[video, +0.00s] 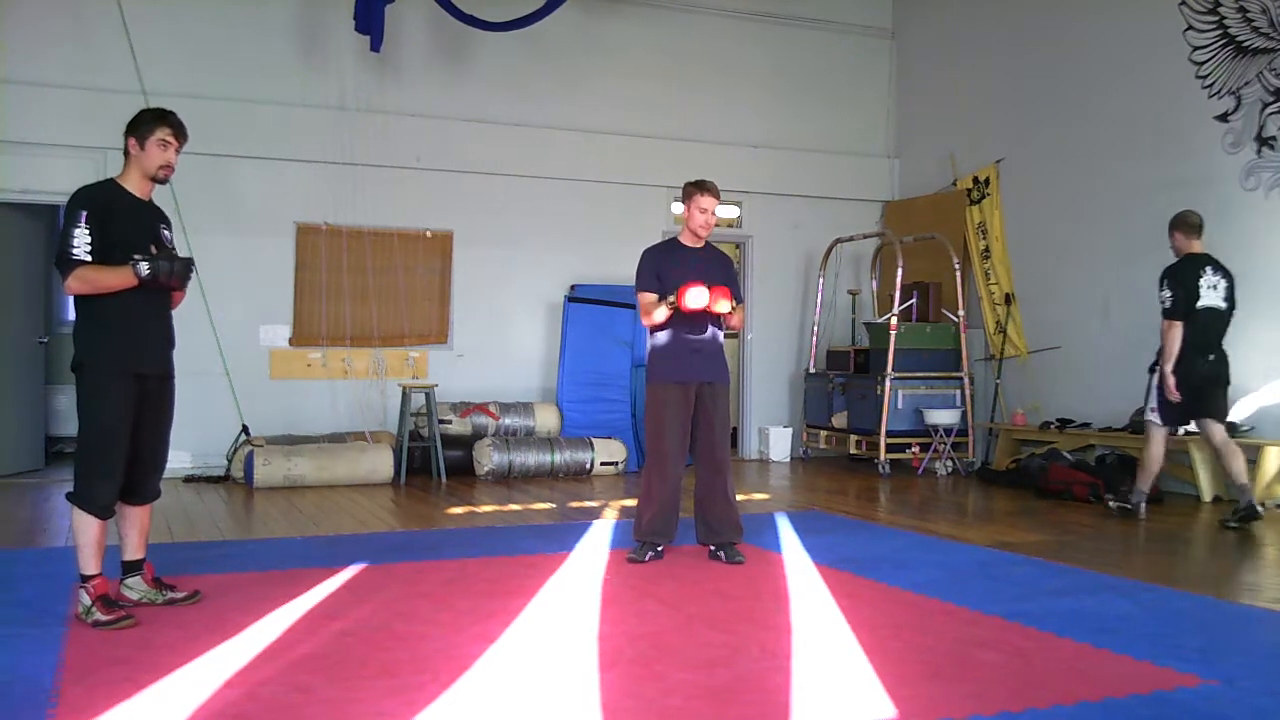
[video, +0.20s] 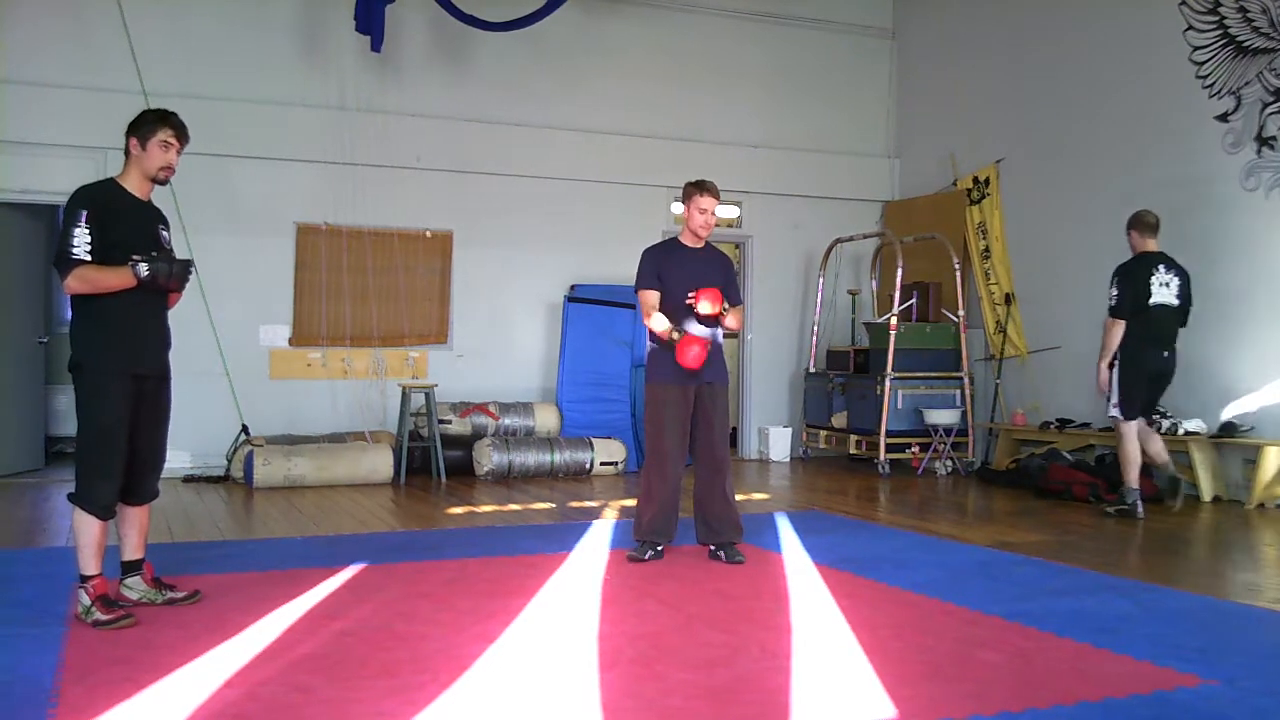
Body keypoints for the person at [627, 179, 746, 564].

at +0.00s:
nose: (708, 218)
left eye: (713, 212)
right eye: (702, 210)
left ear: (717, 216)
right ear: (684, 209)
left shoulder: (723, 262)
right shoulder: (655, 256)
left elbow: (736, 323)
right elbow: (648, 317)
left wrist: (726, 310)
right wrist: (676, 301)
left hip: (713, 370)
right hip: (668, 369)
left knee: (715, 456)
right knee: (664, 454)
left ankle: (721, 538)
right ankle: (652, 538)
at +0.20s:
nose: (707, 218)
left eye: (713, 213)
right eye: (701, 210)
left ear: (717, 216)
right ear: (684, 210)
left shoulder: (722, 262)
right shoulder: (656, 255)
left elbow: (736, 321)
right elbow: (650, 312)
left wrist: (720, 313)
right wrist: (674, 337)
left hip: (712, 369)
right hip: (668, 367)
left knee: (715, 456)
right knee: (663, 453)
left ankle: (721, 538)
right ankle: (652, 538)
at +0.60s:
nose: (710, 217)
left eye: (715, 211)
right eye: (703, 209)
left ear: (719, 215)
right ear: (686, 209)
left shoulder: (724, 261)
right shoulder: (658, 256)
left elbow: (738, 321)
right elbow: (647, 318)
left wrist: (725, 314)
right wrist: (646, 367)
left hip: (715, 374)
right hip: (671, 371)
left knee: (717, 458)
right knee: (665, 456)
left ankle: (722, 538)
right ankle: (654, 538)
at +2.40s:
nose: (651, 206)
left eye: (657, 200)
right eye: (644, 199)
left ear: (665, 205)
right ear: (630, 204)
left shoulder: (678, 257)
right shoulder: (608, 253)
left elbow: (694, 316)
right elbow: (598, 315)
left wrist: (671, 305)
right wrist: (598, 364)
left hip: (666, 371)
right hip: (621, 368)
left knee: (667, 454)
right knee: (614, 454)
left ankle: (672, 534)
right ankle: (604, 534)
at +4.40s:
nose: (668, 210)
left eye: (675, 204)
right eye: (661, 203)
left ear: (683, 209)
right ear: (650, 208)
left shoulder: (698, 260)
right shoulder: (629, 257)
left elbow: (717, 318)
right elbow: (621, 318)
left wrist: (693, 308)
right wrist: (623, 368)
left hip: (690, 374)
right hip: (645, 372)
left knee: (691, 457)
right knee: (639, 457)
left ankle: (697, 536)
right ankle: (629, 538)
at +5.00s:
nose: (666, 220)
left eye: (673, 212)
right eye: (661, 214)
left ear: (692, 210)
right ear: (659, 216)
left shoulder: (722, 258)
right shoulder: (655, 263)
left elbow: (746, 317)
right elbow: (646, 317)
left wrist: (711, 302)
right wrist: (638, 335)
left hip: (705, 376)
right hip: (660, 376)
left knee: (719, 457)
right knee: (666, 460)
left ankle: (738, 536)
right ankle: (670, 538)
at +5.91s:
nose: (706, 235)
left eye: (713, 228)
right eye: (699, 228)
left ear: (724, 219)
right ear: (689, 217)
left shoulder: (741, 260)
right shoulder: (666, 255)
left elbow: (759, 316)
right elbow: (655, 317)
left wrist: (734, 328)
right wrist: (654, 375)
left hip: (726, 382)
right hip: (681, 380)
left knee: (722, 464)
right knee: (688, 463)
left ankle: (716, 552)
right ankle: (701, 544)